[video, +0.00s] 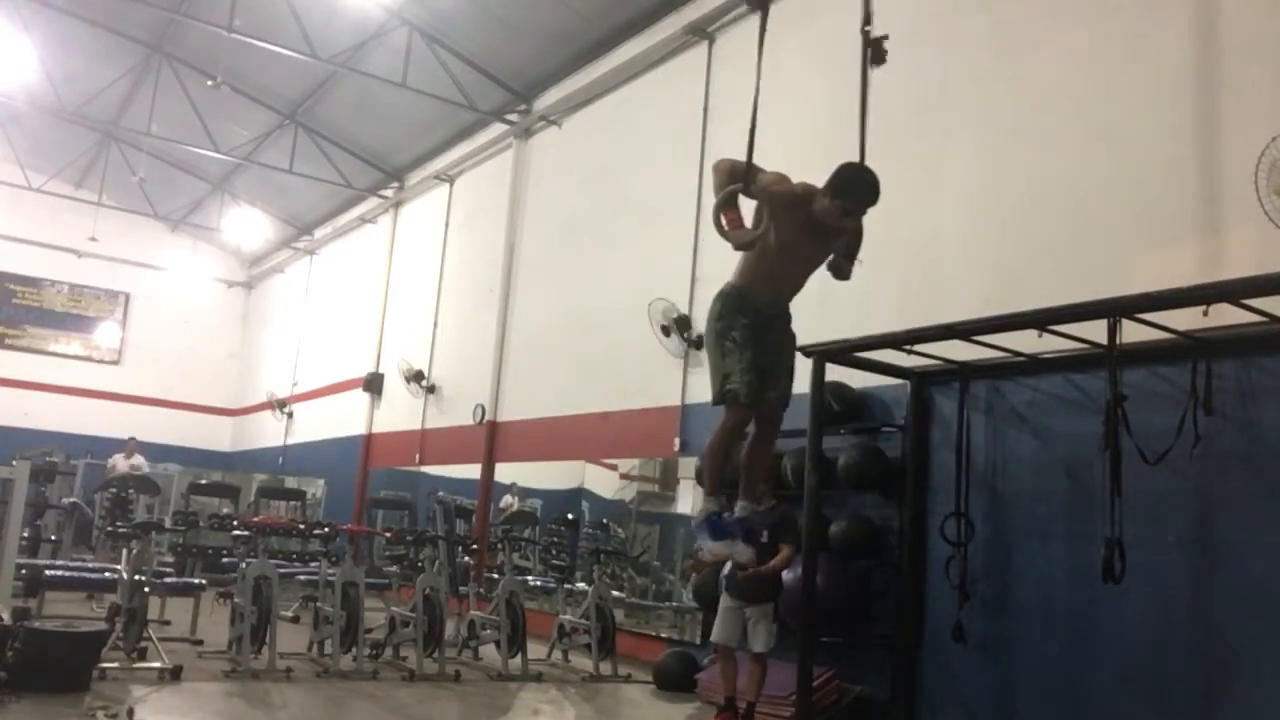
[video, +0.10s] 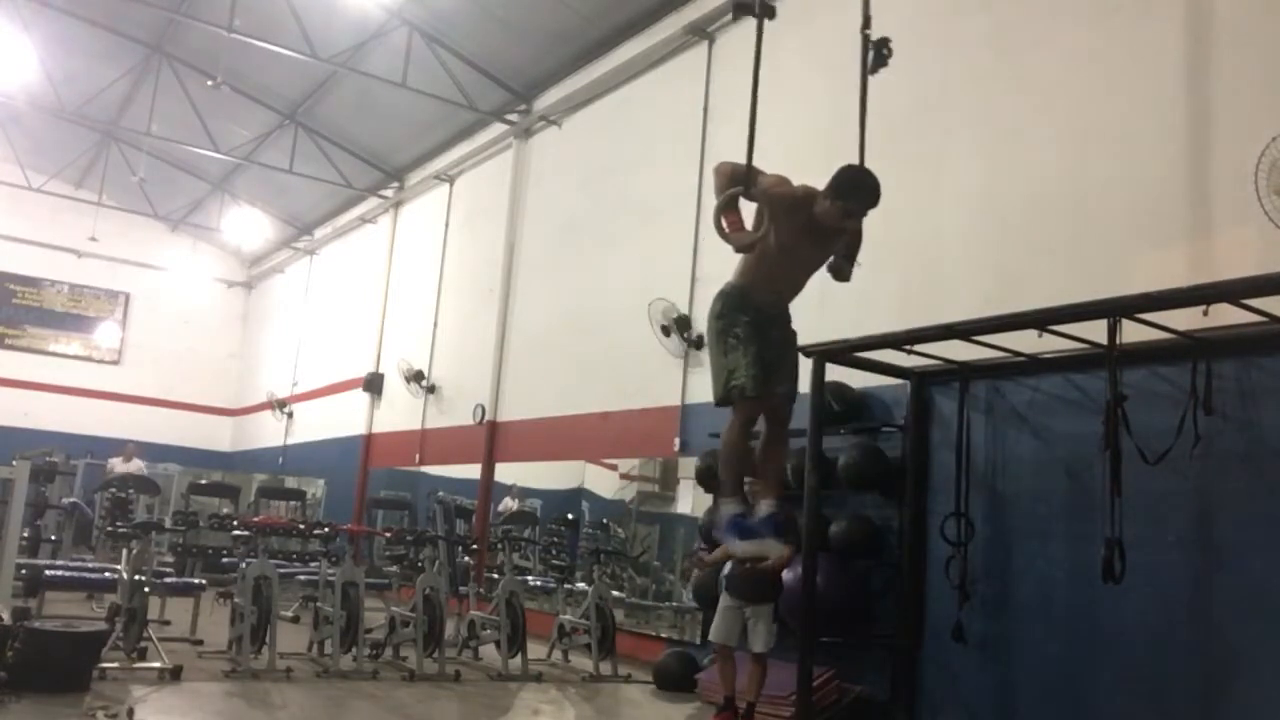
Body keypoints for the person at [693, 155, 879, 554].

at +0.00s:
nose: (848, 224)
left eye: (856, 218)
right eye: (845, 214)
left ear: (859, 210)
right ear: (827, 196)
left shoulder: (849, 229)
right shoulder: (788, 194)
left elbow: (840, 271)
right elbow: (724, 169)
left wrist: (842, 263)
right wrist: (734, 227)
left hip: (776, 319)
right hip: (737, 310)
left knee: (770, 417)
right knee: (740, 413)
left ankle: (748, 511)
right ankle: (709, 513)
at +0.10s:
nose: (850, 225)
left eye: (857, 218)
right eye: (846, 215)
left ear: (860, 213)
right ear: (828, 197)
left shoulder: (848, 230)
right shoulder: (786, 196)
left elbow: (841, 274)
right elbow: (726, 172)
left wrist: (842, 260)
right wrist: (734, 231)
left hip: (776, 317)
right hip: (737, 309)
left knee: (779, 413)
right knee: (747, 408)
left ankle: (766, 510)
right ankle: (728, 512)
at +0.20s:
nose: (850, 221)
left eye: (855, 214)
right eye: (845, 212)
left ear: (852, 208)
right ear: (825, 198)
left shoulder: (845, 229)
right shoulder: (782, 199)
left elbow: (843, 275)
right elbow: (720, 178)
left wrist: (843, 268)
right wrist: (730, 233)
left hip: (775, 316)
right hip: (738, 309)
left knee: (799, 400)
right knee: (763, 396)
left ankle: (803, 502)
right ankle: (765, 509)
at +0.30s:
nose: (836, 209)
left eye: (842, 202)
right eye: (831, 200)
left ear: (846, 198)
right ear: (811, 187)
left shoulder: (838, 226)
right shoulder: (770, 200)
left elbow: (858, 275)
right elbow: (706, 190)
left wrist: (860, 255)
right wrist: (727, 233)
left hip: (777, 320)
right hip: (739, 316)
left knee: (817, 378)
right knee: (783, 378)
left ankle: (842, 475)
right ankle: (803, 487)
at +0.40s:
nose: (819, 219)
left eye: (825, 213)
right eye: (814, 209)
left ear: (828, 212)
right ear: (794, 198)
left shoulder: (818, 241)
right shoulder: (752, 223)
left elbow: (825, 269)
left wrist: (862, 271)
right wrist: (715, 235)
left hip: (784, 335)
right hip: (743, 334)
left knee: (840, 363)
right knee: (801, 367)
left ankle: (871, 448)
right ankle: (839, 465)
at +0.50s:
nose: (798, 254)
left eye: (804, 248)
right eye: (793, 245)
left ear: (807, 247)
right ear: (773, 236)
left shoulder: (801, 281)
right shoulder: (738, 270)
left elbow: (819, 321)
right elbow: (686, 301)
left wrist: (853, 283)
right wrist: (717, 260)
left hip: (791, 367)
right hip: (750, 371)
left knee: (853, 358)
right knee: (820, 366)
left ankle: (897, 431)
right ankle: (866, 453)